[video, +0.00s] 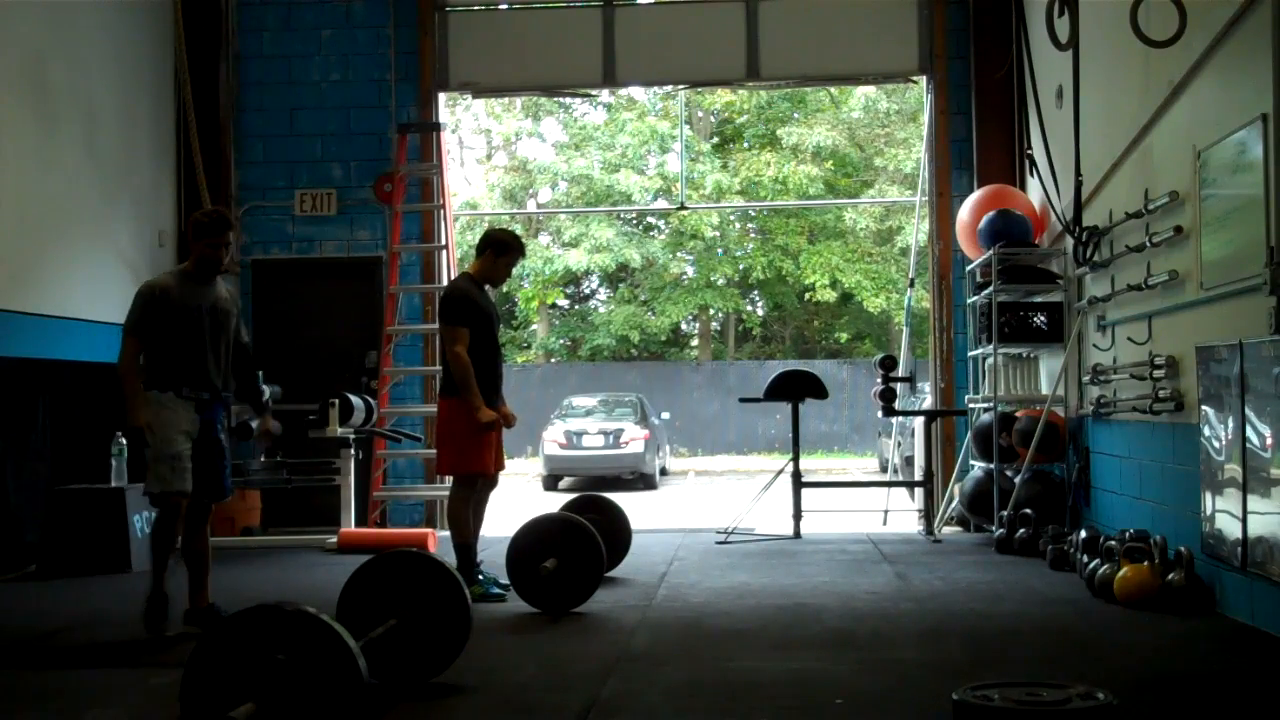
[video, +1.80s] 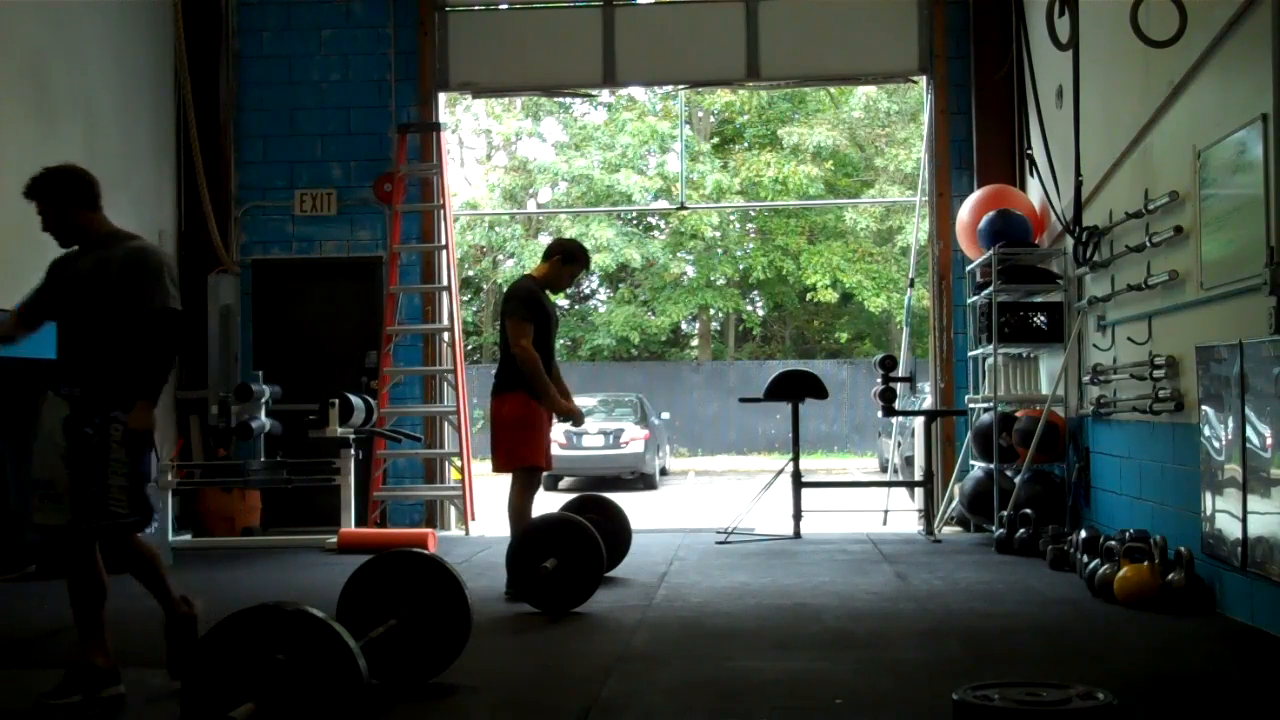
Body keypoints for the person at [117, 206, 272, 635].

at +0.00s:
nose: (225, 255)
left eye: (229, 247)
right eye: (218, 247)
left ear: (230, 248)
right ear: (196, 245)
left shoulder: (226, 298)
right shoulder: (157, 292)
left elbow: (241, 361)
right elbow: (129, 358)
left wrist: (260, 409)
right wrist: (135, 411)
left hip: (210, 413)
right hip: (165, 410)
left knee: (201, 511)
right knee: (173, 505)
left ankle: (200, 604)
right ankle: (158, 597)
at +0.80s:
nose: (213, 228)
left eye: (220, 220)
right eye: (204, 221)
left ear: (235, 225)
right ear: (191, 229)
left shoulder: (262, 280)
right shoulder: (173, 286)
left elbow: (291, 346)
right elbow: (157, 355)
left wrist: (318, 402)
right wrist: (171, 405)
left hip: (255, 412)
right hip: (202, 416)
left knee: (261, 516)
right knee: (222, 523)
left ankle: (273, 608)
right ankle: (239, 610)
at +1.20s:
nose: (180, 223)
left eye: (188, 213)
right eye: (173, 215)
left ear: (212, 210)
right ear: (165, 219)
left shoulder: (252, 273)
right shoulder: (156, 278)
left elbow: (285, 348)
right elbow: (128, 351)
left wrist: (305, 408)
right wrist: (94, 411)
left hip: (232, 412)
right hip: (171, 411)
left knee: (229, 524)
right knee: (151, 515)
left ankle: (229, 625)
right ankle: (199, 594)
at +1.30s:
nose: (163, 222)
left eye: (171, 212)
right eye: (156, 214)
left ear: (198, 208)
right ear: (152, 218)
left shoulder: (245, 269)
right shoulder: (151, 277)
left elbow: (275, 341)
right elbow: (123, 349)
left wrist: (279, 397)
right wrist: (82, 408)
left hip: (226, 414)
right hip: (163, 413)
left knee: (225, 529)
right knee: (134, 516)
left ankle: (228, 630)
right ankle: (166, 624)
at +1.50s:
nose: (122, 226)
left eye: (129, 215)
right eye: (118, 217)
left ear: (157, 211)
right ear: (121, 220)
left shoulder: (210, 270)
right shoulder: (125, 281)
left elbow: (237, 337)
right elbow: (108, 355)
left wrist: (215, 385)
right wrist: (71, 415)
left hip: (194, 418)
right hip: (135, 419)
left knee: (210, 533)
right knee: (122, 535)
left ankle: (225, 637)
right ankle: (108, 655)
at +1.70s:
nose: (65, 225)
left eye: (69, 213)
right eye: (63, 215)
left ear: (98, 207)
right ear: (90, 210)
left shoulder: (163, 263)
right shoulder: (87, 275)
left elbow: (186, 344)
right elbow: (64, 341)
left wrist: (167, 401)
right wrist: (20, 379)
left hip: (150, 422)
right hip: (94, 423)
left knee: (156, 529)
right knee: (88, 543)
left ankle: (211, 617)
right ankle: (96, 660)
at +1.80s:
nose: (45, 227)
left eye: (47, 215)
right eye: (42, 217)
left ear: (72, 207)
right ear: (77, 207)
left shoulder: (142, 259)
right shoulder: (68, 269)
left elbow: (168, 338)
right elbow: (21, 322)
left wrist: (147, 403)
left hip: (125, 420)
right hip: (78, 419)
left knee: (118, 535)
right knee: (78, 542)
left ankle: (177, 611)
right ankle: (95, 661)